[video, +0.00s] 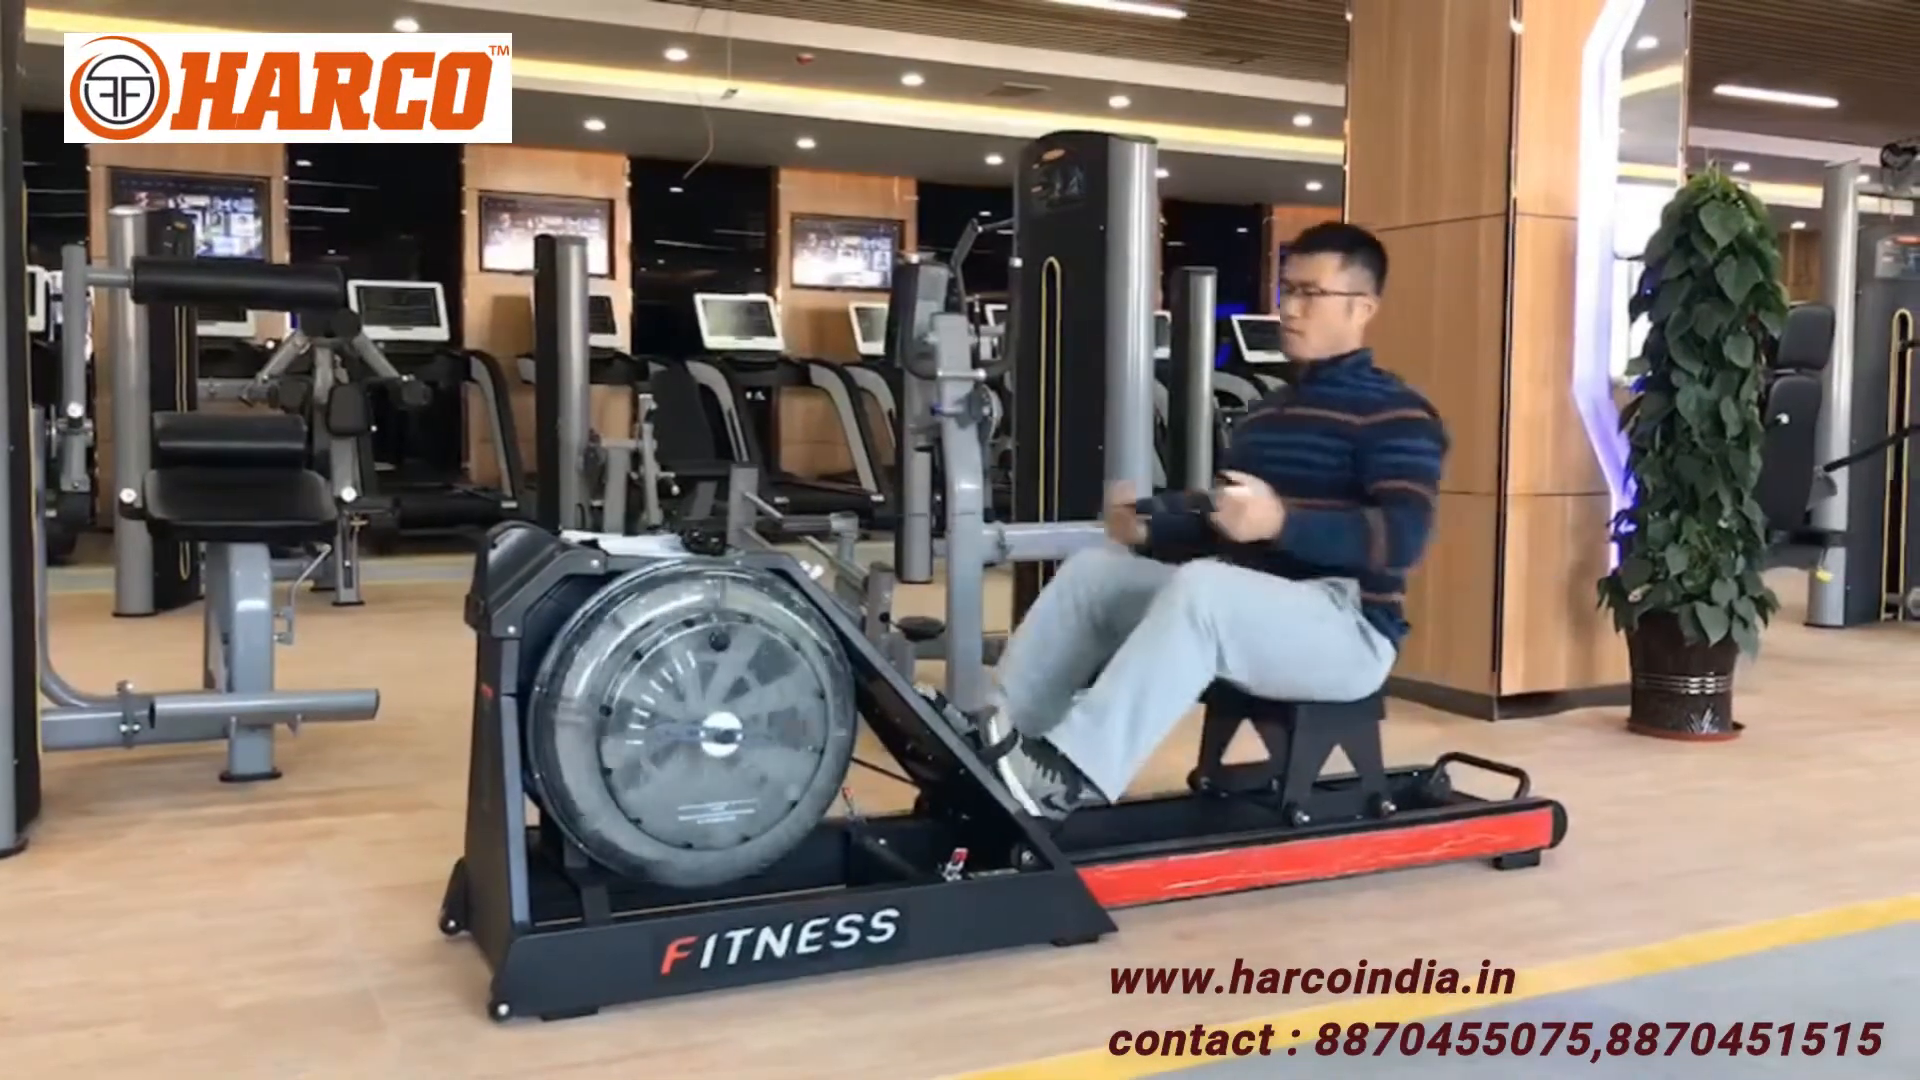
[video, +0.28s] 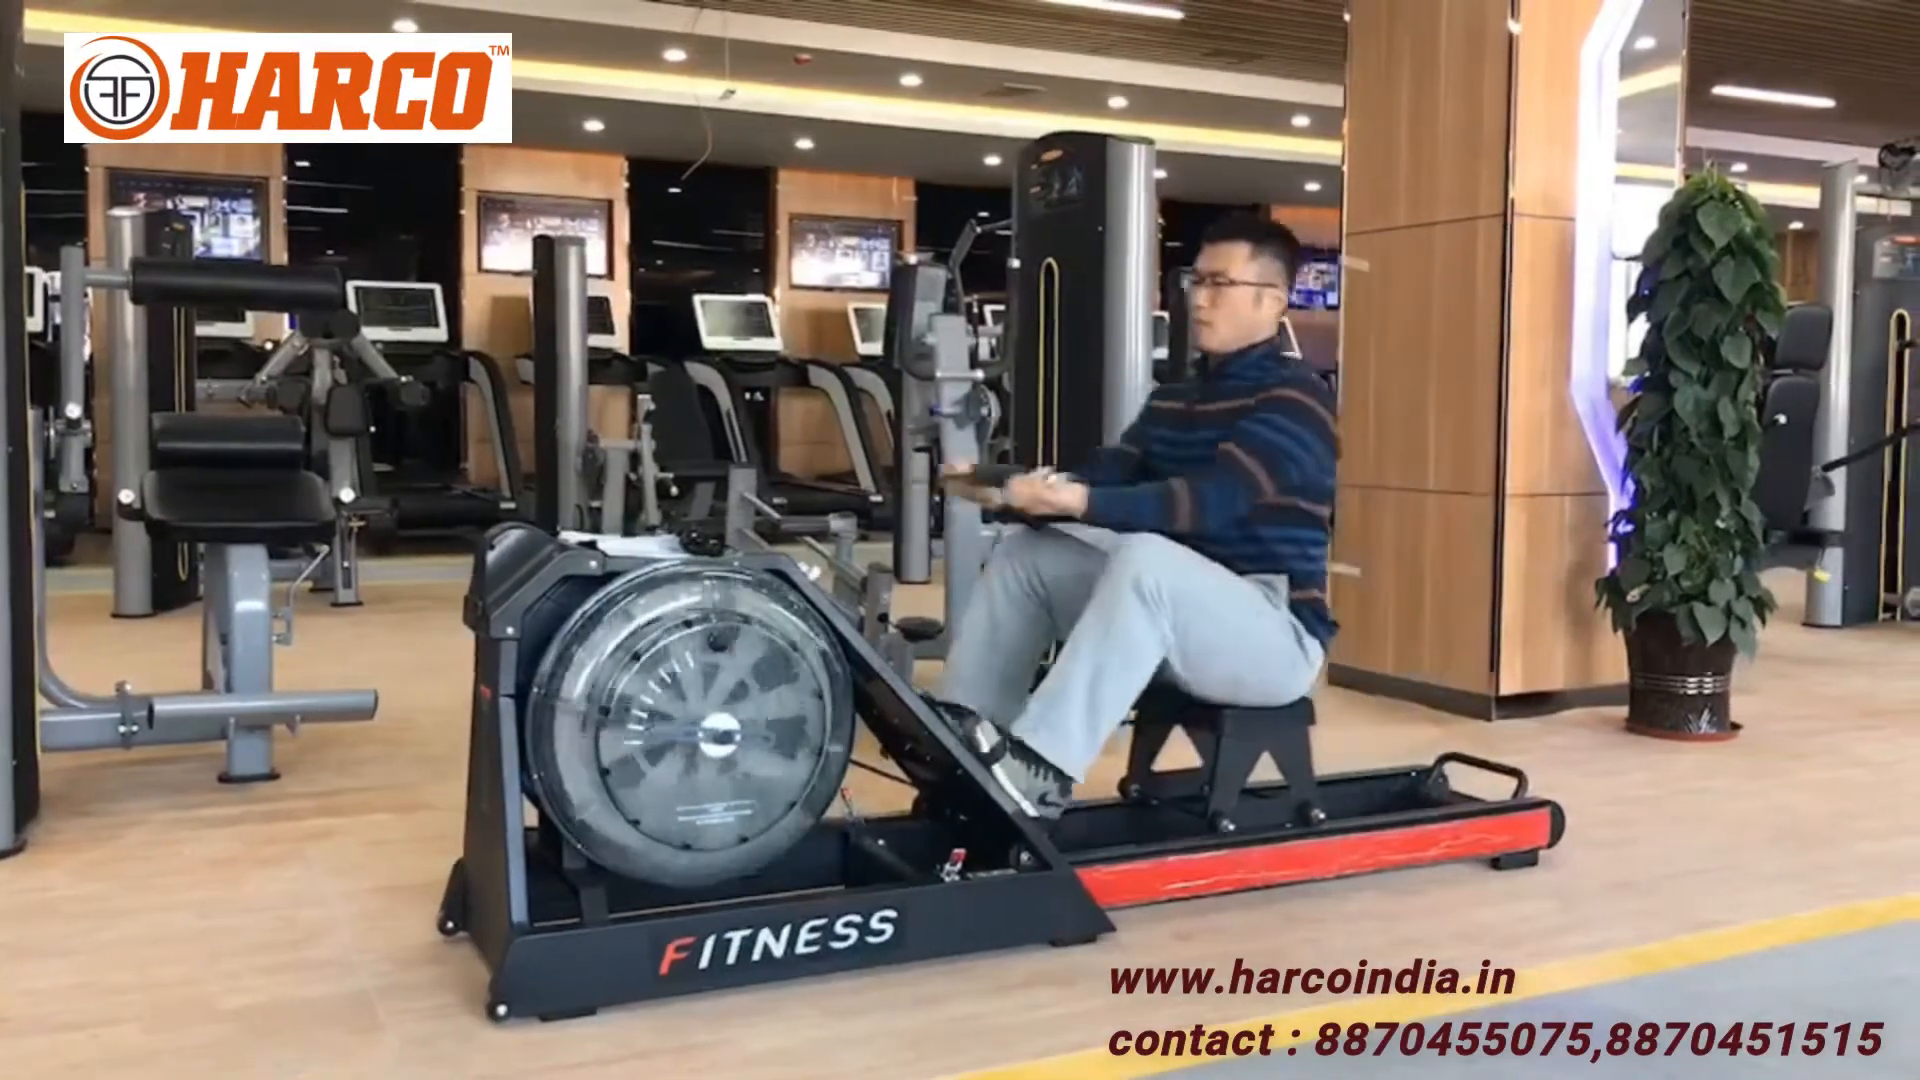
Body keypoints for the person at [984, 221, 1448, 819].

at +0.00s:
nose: (1288, 308)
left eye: (1309, 293)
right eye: (1286, 291)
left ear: (1363, 309)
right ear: (1277, 294)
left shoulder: (1397, 414)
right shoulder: (1269, 414)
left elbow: (1401, 537)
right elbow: (1234, 521)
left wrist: (1282, 522)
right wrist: (1149, 526)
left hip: (1349, 630)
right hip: (1255, 609)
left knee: (1200, 592)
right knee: (1094, 570)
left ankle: (1073, 771)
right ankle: (1002, 735)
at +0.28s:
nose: (1198, 299)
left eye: (1219, 284)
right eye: (1196, 283)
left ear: (1273, 301)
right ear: (1187, 290)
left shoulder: (1294, 397)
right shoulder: (1177, 395)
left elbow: (1210, 502)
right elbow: (1120, 471)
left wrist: (1083, 503)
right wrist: (1007, 485)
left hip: (1278, 634)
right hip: (1181, 608)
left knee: (1147, 566)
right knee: (1024, 553)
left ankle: (1042, 768)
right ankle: (961, 737)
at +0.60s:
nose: (1187, 292)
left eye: (1209, 281)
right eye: (1185, 278)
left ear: (1261, 303)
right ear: (1175, 286)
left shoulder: (1273, 400)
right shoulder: (1153, 400)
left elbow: (1173, 486)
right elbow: (1076, 477)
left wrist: (1047, 496)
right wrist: (958, 463)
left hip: (1261, 633)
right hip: (1162, 606)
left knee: (1127, 559)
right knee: (1010, 551)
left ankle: (1037, 768)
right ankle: (961, 742)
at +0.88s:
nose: (1260, 307)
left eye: (1283, 293)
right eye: (1255, 290)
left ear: (1331, 311)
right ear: (1244, 295)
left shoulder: (1341, 406)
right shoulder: (1222, 406)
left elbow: (1254, 502)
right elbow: (1158, 510)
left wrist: (1144, 477)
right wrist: (1056, 471)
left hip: (1315, 627)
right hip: (1221, 602)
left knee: (1175, 587)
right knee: (1062, 567)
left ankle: (1048, 772)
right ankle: (970, 732)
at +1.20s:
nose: (1365, 331)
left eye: (1386, 316)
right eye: (1357, 312)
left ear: (1434, 326)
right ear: (1344, 315)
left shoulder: (1448, 421)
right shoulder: (1339, 412)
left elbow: (1405, 538)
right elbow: (1278, 528)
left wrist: (1319, 474)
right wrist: (1210, 470)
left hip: (1388, 630)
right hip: (1303, 608)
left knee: (1223, 653)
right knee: (1134, 626)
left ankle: (1069, 789)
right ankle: (985, 748)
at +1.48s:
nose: (1396, 343)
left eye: (1417, 328)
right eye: (1388, 326)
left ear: (1466, 335)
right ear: (1378, 329)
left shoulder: (1496, 434)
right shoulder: (1364, 424)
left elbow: (1496, 556)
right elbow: (1313, 536)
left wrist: (1411, 480)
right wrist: (1282, 468)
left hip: (1402, 634)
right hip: (1313, 608)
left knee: (1247, 695)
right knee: (1170, 660)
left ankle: (1079, 804)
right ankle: (998, 744)